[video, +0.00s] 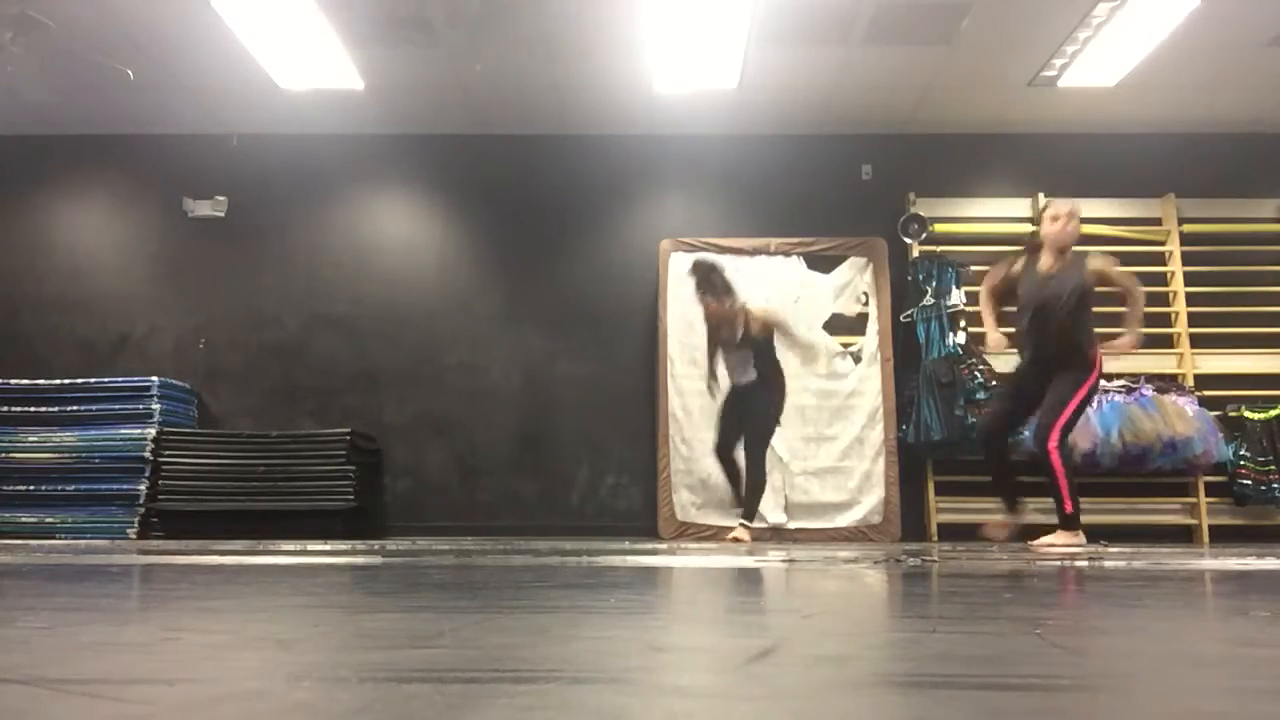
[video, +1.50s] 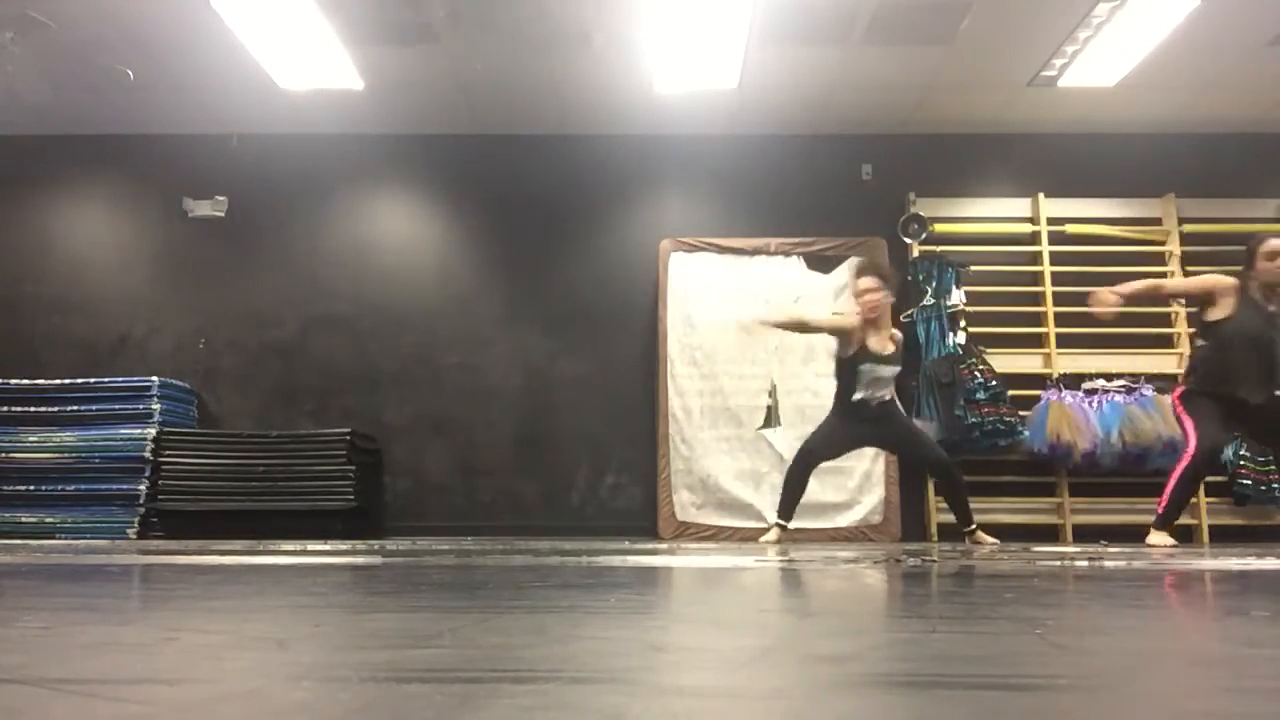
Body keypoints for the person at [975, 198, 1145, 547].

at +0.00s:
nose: (1062, 225)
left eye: (1070, 219)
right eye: (1054, 219)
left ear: (1079, 229)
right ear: (1040, 227)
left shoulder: (1091, 266)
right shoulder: (1022, 265)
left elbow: (1134, 290)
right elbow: (989, 287)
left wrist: (1131, 334)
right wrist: (992, 330)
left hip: (1078, 366)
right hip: (1036, 366)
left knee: (1047, 438)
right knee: (992, 430)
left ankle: (1071, 529)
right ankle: (1013, 512)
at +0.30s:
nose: (1087, 198)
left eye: (1091, 192)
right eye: (1078, 192)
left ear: (1097, 201)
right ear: (1057, 199)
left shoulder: (1114, 241)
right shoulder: (1045, 234)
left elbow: (1164, 238)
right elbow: (984, 224)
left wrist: (1209, 233)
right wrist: (932, 211)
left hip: (1100, 339)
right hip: (1056, 327)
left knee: (1072, 430)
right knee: (1005, 385)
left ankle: (1050, 521)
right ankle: (943, 443)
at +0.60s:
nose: (1111, 227)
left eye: (1115, 222)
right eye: (1102, 222)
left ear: (1121, 229)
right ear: (1083, 233)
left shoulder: (1137, 258)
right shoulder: (1076, 280)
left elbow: (1179, 254)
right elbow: (1103, 301)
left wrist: (1203, 221)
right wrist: (1140, 278)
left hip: (1135, 370)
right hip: (1094, 366)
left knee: (1093, 449)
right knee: (1138, 419)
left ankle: (1037, 524)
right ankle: (1150, 519)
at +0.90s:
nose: (1222, 199)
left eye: (1227, 192)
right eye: (1213, 193)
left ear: (1235, 198)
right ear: (1196, 199)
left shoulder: (1250, 242)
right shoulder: (1173, 232)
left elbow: (1256, 299)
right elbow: (1110, 236)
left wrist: (1238, 346)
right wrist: (1086, 265)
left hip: (1227, 348)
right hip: (1179, 346)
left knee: (1272, 412)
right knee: (1171, 429)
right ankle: (1148, 525)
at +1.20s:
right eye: (1275, 236)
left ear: (1277, 243)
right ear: (1262, 246)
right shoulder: (1263, 297)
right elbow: (1272, 359)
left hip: (1266, 376)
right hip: (1232, 372)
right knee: (1210, 445)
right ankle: (1154, 526)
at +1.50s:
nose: (1277, 264)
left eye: (1279, 258)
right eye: (1271, 257)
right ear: (1253, 264)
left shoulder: (1275, 305)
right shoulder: (1224, 288)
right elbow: (1162, 286)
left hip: (1256, 404)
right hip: (1204, 397)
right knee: (1207, 446)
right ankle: (1159, 529)